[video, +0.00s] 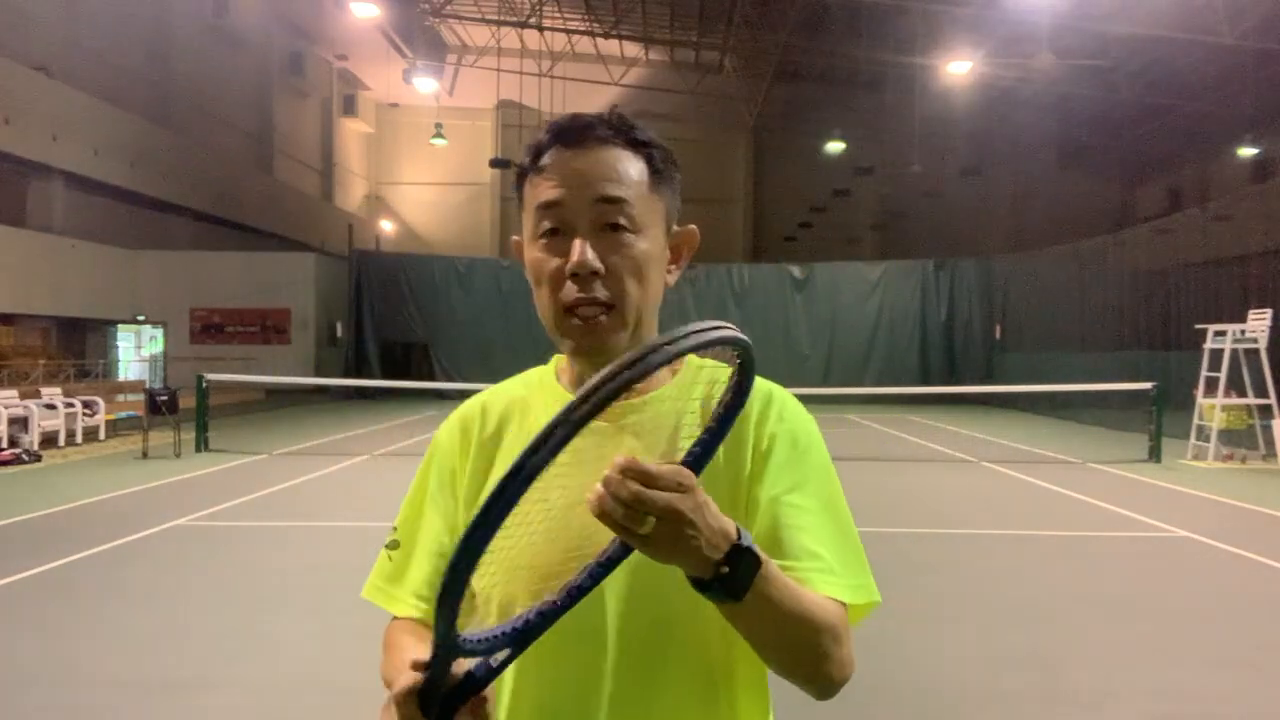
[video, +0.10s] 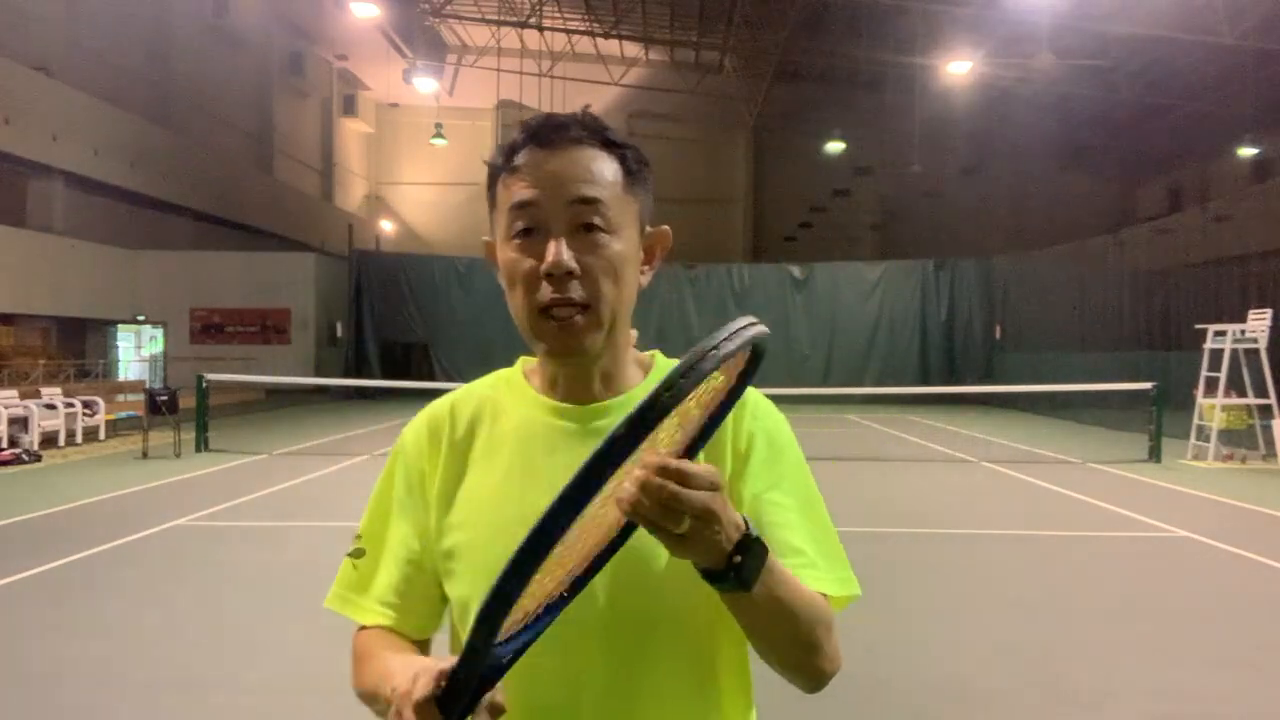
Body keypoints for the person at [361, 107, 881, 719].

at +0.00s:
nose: (581, 259)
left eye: (614, 226)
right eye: (552, 231)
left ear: (676, 254)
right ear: (523, 254)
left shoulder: (759, 418)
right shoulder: (477, 427)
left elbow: (828, 667)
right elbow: (414, 620)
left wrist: (717, 558)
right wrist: (424, 688)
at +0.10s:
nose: (557, 259)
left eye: (590, 229)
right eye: (528, 231)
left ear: (650, 254)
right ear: (496, 257)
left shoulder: (734, 421)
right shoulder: (444, 435)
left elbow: (816, 662)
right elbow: (381, 645)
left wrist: (728, 553)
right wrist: (414, 683)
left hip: (691, 709)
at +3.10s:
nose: (298, 259)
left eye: (322, 222)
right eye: (253, 228)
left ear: (361, 240)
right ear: (197, 260)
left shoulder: (339, 401)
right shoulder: (151, 442)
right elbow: (150, 701)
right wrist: (413, 659)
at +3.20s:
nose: (294, 260)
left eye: (316, 220)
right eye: (247, 228)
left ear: (354, 234)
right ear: (188, 257)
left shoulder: (333, 399)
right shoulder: (145, 445)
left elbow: (329, 632)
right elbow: (147, 705)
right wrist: (410, 665)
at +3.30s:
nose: (291, 260)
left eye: (312, 219)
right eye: (244, 229)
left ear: (350, 232)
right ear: (182, 257)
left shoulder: (326, 403)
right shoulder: (140, 447)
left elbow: (327, 640)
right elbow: (140, 706)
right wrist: (408, 672)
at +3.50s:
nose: (330, 268)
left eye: (346, 227)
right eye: (283, 232)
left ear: (368, 237)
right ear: (197, 253)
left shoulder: (306, 409)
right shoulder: (139, 441)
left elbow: (302, 651)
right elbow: (133, 707)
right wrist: (412, 671)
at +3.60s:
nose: (331, 269)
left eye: (351, 232)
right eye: (287, 232)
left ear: (374, 246)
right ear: (204, 249)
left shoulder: (303, 412)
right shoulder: (146, 432)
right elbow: (136, 704)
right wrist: (411, 654)